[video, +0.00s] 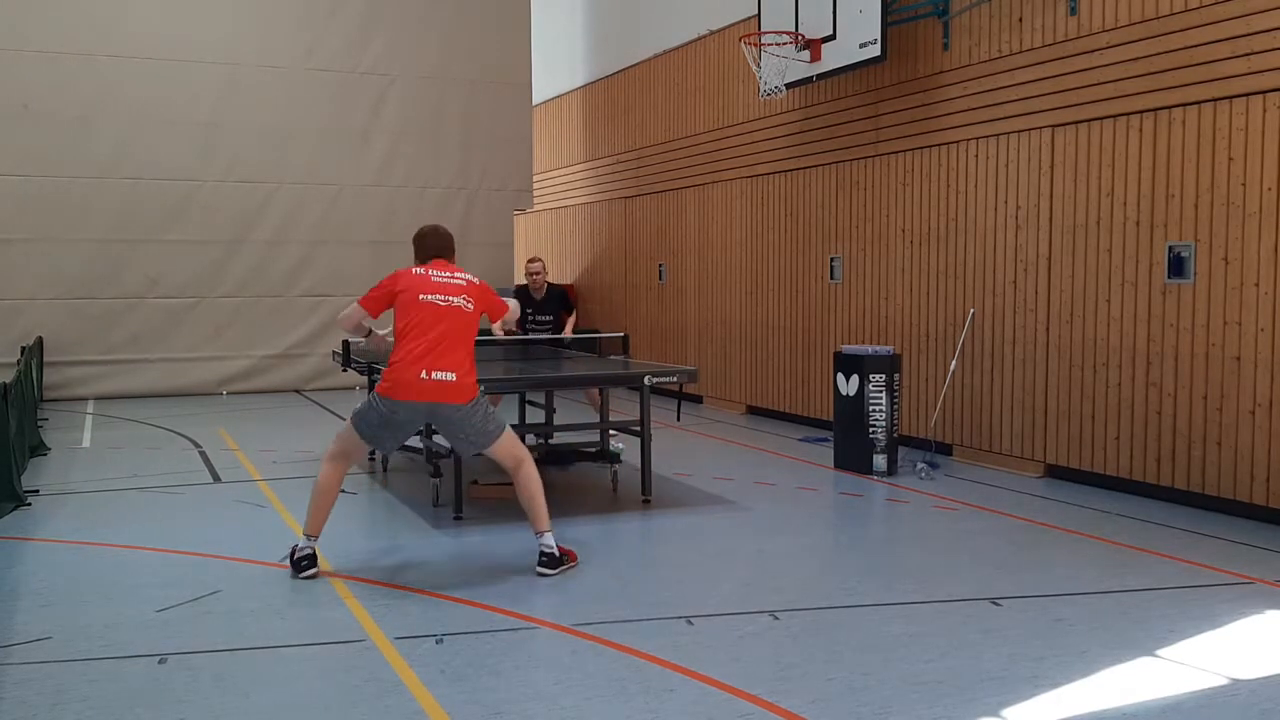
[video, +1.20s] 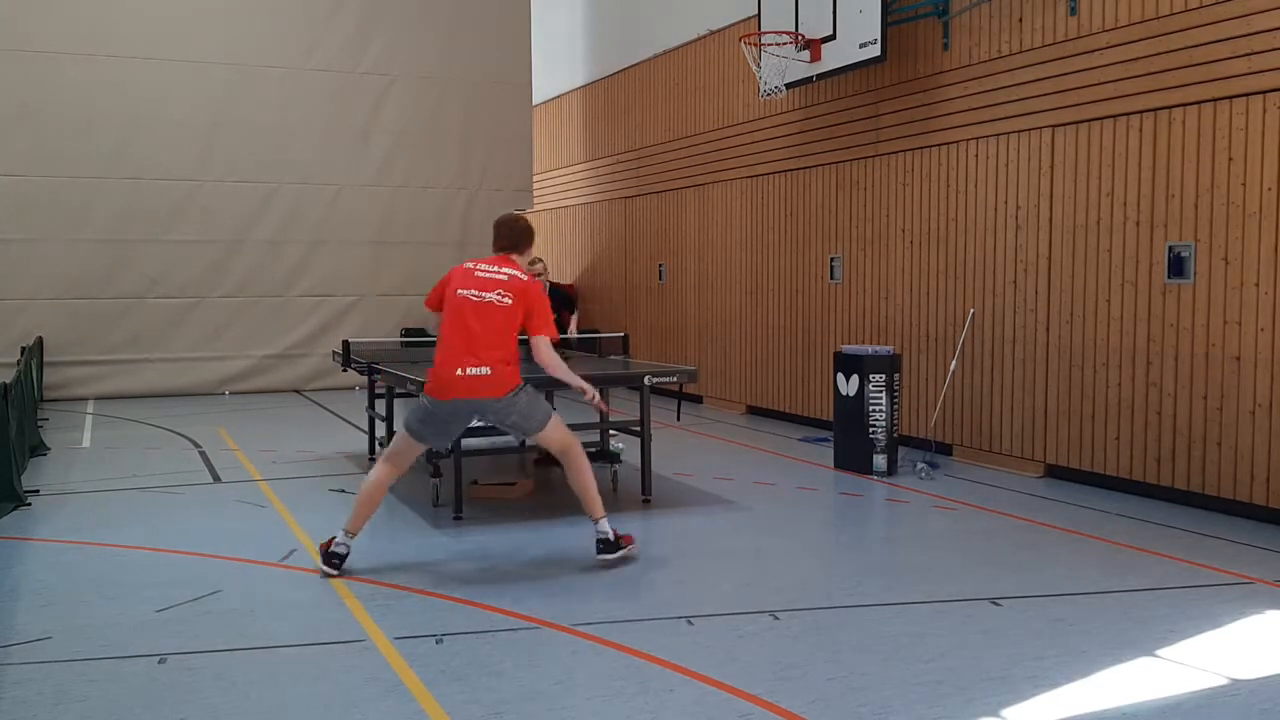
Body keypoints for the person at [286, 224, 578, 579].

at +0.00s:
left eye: (418, 253)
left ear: (417, 255)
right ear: (452, 254)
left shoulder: (402, 279)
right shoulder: (473, 285)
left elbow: (349, 320)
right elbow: (511, 312)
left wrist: (374, 336)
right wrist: (502, 320)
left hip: (400, 394)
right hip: (458, 398)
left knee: (338, 458)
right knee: (519, 461)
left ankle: (306, 548)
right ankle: (548, 547)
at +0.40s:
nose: (459, 269)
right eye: (461, 263)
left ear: (424, 262)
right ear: (460, 265)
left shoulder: (398, 286)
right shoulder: (473, 294)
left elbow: (369, 340)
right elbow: (521, 353)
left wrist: (398, 360)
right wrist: (511, 374)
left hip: (385, 399)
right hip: (445, 400)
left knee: (335, 460)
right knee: (523, 454)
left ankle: (298, 547)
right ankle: (549, 549)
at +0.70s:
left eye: (411, 285)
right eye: (447, 286)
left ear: (411, 284)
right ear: (449, 284)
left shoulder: (398, 297)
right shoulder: (469, 305)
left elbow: (374, 333)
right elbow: (515, 346)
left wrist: (399, 351)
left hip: (391, 413)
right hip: (453, 416)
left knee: (331, 462)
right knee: (524, 459)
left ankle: (294, 549)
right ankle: (552, 549)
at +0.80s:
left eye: (416, 261)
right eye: (449, 260)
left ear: (415, 263)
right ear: (452, 262)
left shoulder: (402, 277)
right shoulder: (473, 288)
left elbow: (355, 307)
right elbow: (511, 316)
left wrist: (375, 328)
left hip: (398, 391)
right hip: (458, 394)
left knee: (341, 458)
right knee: (522, 456)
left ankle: (303, 548)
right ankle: (555, 546)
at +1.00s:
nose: (472, 260)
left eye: (466, 255)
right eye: (472, 255)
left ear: (432, 256)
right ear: (469, 256)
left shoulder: (409, 284)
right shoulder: (484, 291)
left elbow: (352, 321)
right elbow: (536, 330)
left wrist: (377, 330)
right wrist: (552, 312)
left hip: (410, 406)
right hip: (470, 408)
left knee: (342, 459)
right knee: (529, 471)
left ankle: (309, 550)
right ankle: (577, 542)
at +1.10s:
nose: (497, 257)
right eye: (497, 252)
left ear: (458, 249)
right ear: (495, 252)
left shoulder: (430, 279)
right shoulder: (506, 289)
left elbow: (391, 319)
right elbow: (547, 345)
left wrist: (421, 318)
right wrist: (574, 343)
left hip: (427, 404)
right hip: (488, 407)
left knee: (364, 464)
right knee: (547, 459)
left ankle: (315, 548)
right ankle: (584, 534)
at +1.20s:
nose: (533, 255)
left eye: (530, 249)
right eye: (533, 250)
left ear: (494, 245)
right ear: (528, 251)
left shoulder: (460, 272)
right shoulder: (530, 286)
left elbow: (434, 314)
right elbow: (543, 354)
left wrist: (471, 328)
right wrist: (580, 383)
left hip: (446, 389)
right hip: (502, 389)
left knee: (391, 464)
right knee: (568, 447)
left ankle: (341, 545)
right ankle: (605, 535)